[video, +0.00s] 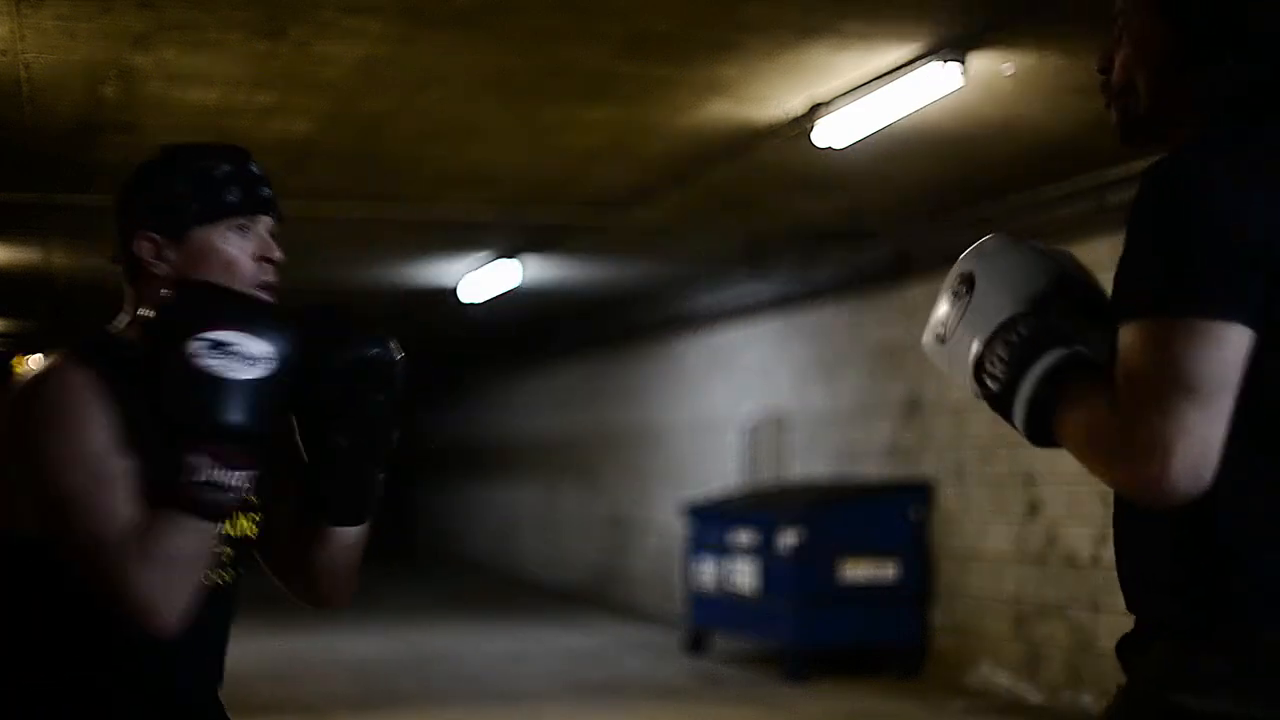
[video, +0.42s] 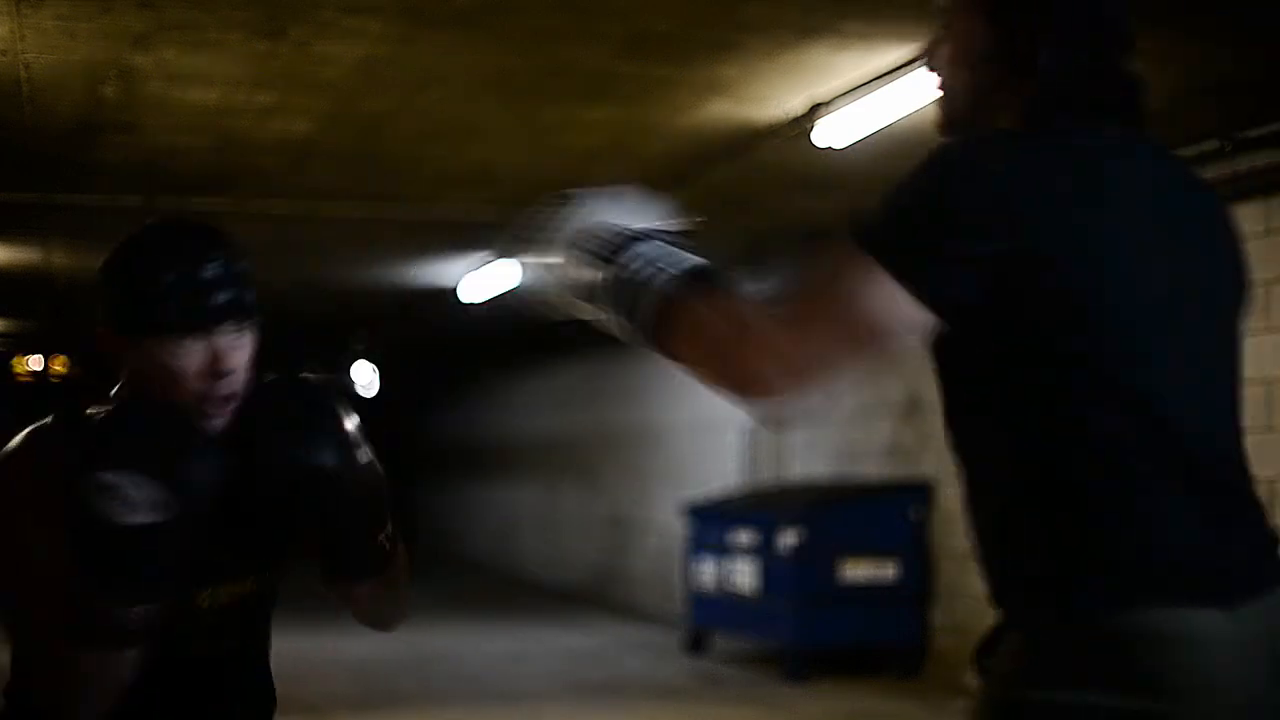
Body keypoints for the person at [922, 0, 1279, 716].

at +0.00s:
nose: (1106, 67)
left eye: (1125, 31)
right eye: (1111, 37)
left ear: (1195, 32)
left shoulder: (1213, 176)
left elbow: (1167, 453)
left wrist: (1026, 360)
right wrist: (1101, 330)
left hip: (1226, 659)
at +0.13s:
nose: (1071, 66)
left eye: (1096, 35)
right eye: (1081, 37)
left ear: (1165, 39)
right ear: (1175, 43)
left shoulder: (1204, 179)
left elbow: (1154, 456)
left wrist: (1013, 357)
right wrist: (1071, 332)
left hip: (1208, 658)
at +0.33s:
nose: (969, 62)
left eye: (984, 36)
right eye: (974, 37)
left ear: (1038, 47)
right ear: (1137, 47)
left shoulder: (1005, 179)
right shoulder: (1219, 197)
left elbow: (742, 277)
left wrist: (558, 261)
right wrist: (957, 291)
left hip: (1127, 643)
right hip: (1257, 626)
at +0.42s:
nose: (933, 61)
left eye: (950, 36)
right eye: (939, 37)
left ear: (1008, 45)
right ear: (1094, 48)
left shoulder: (987, 184)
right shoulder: (1183, 194)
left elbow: (763, 359)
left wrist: (632, 259)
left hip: (1095, 637)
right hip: (1240, 625)